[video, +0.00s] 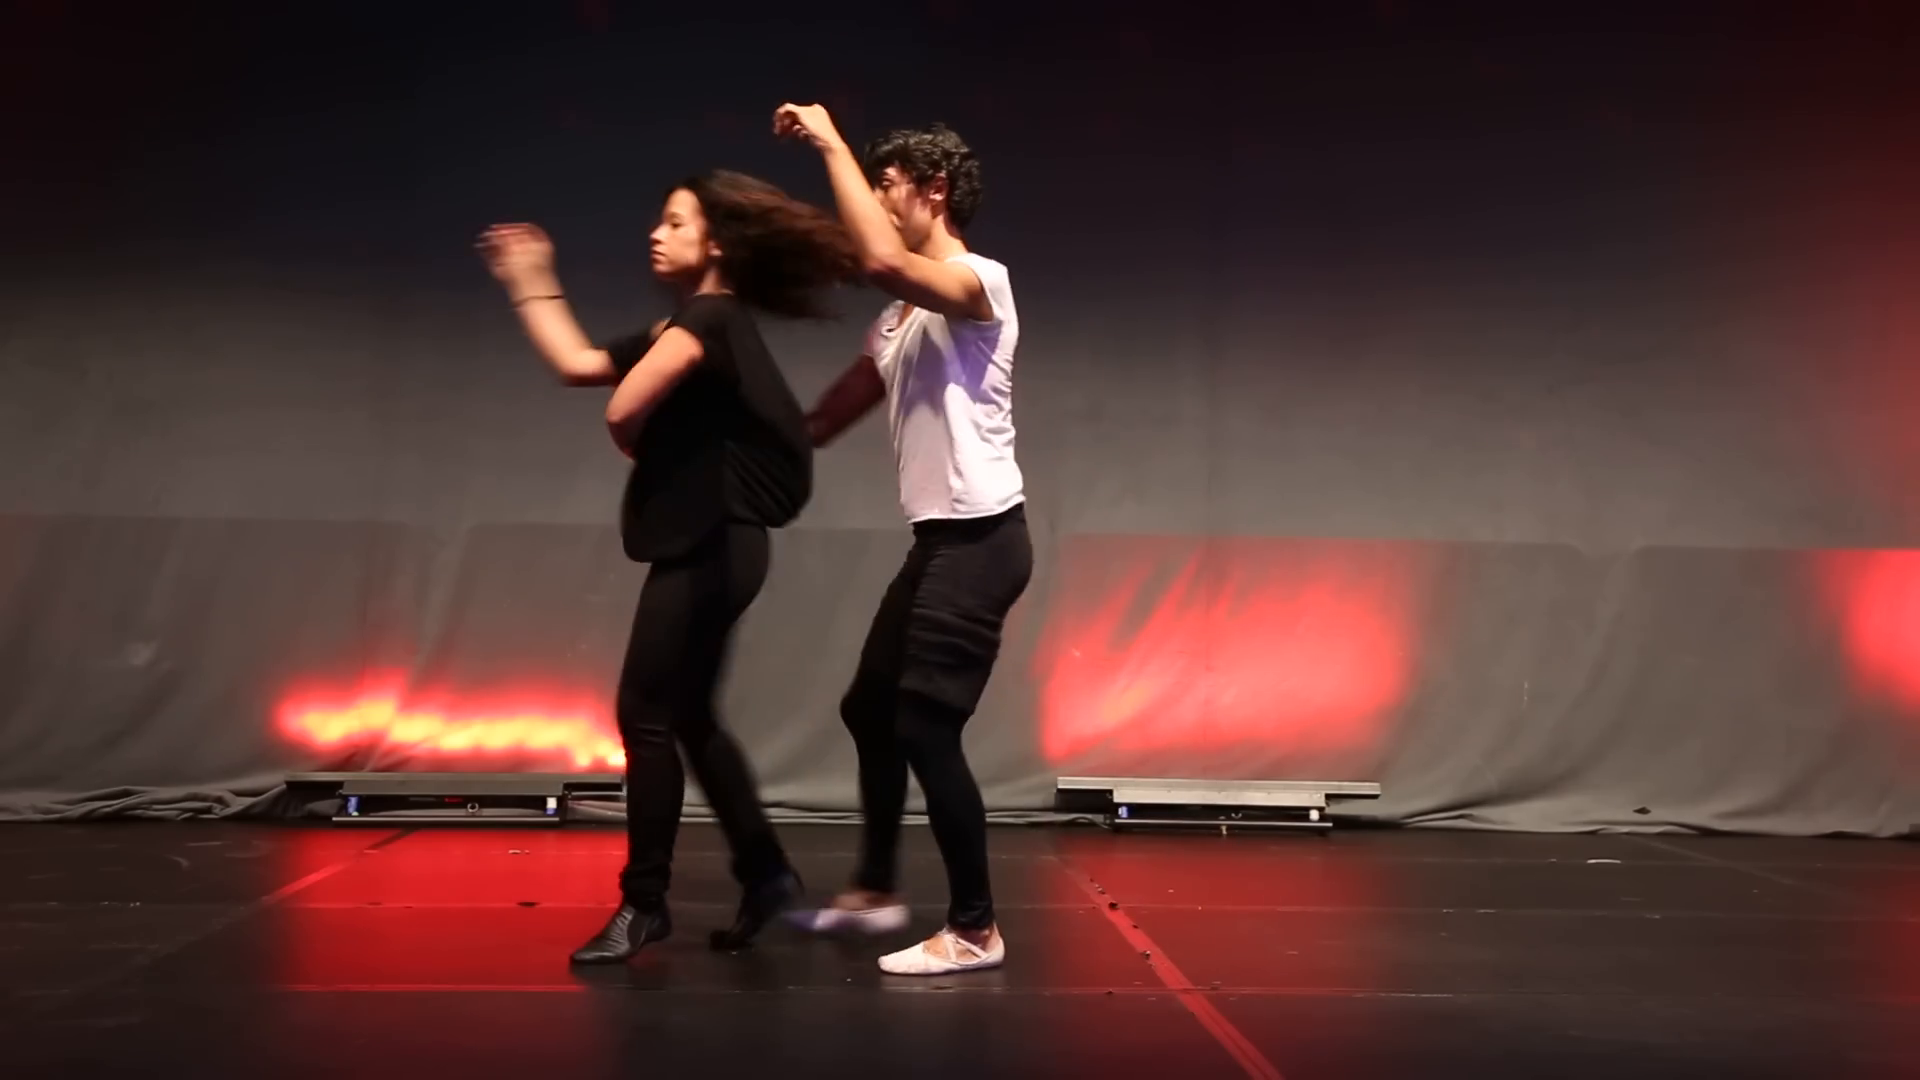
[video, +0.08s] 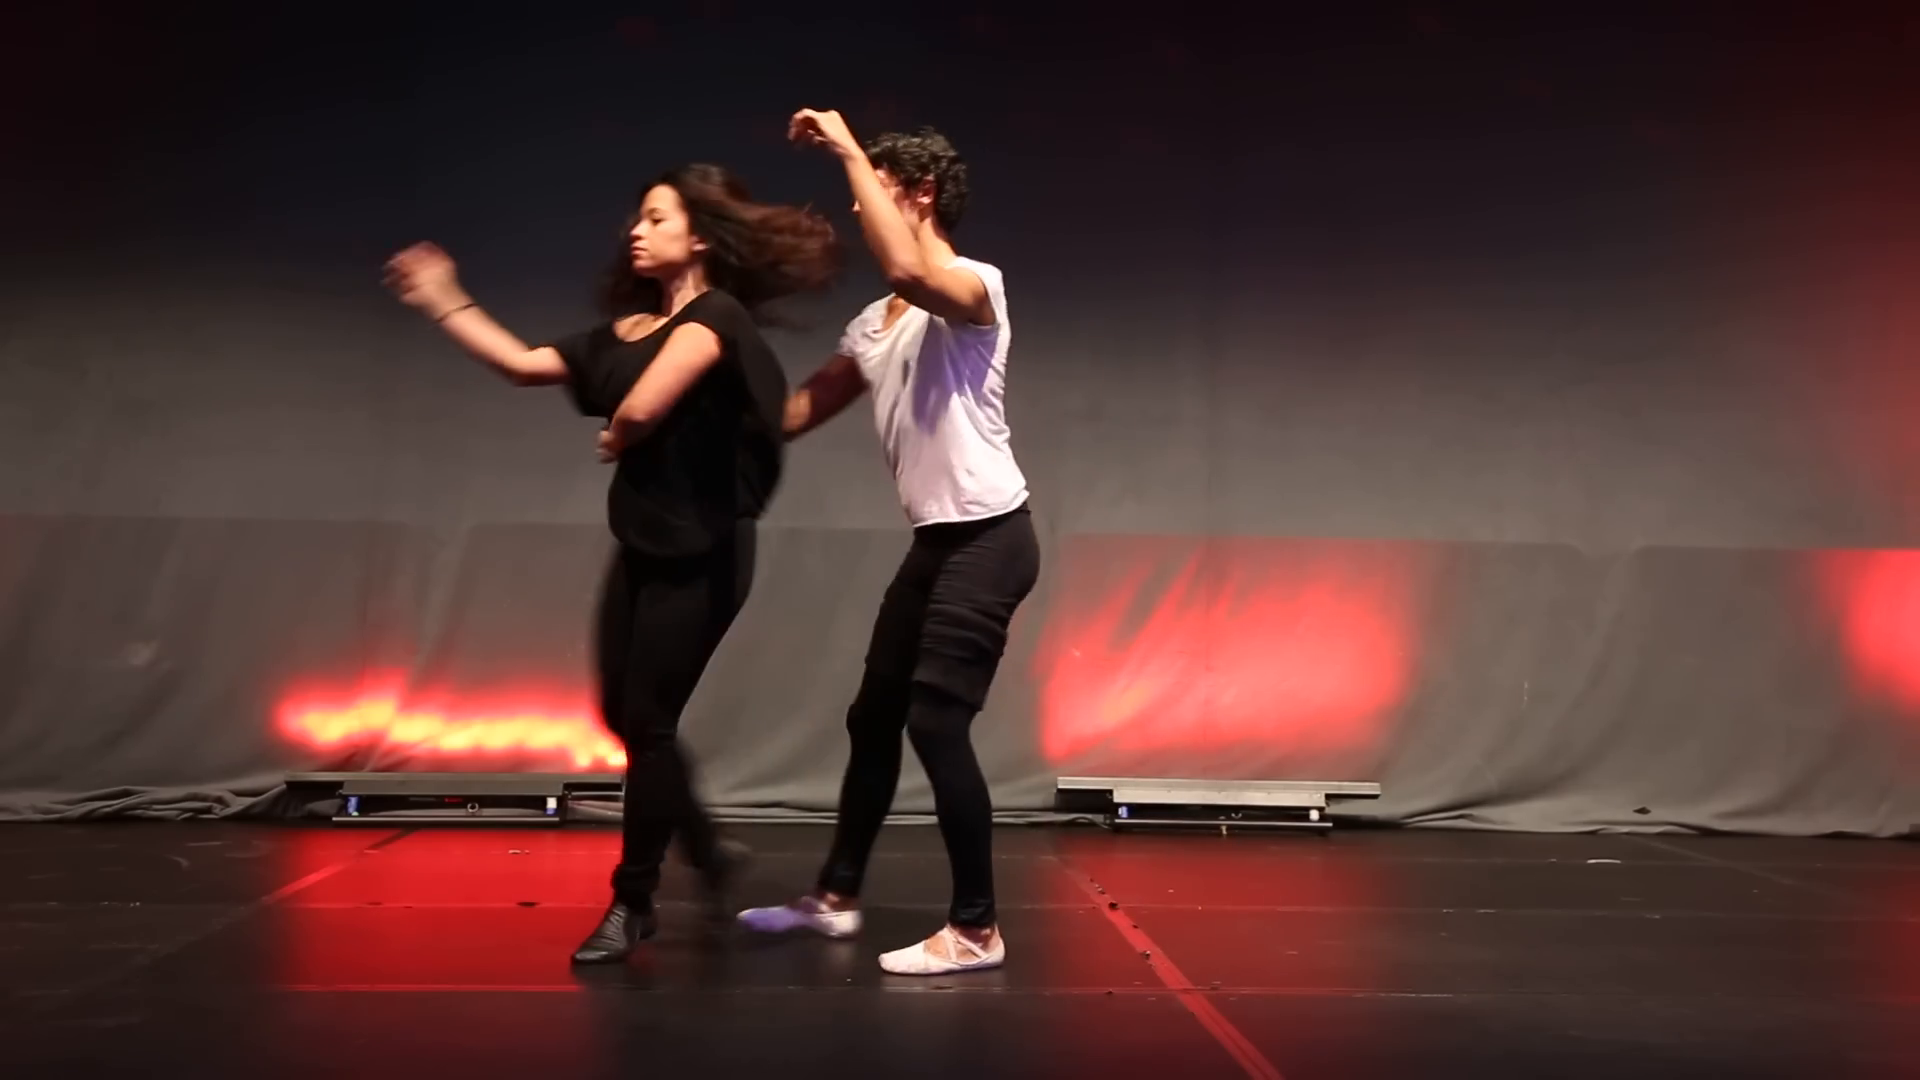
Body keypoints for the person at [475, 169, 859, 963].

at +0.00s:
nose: (657, 235)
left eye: (674, 223)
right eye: (660, 222)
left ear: (718, 244)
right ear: (694, 242)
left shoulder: (707, 319)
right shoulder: (686, 324)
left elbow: (625, 410)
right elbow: (579, 361)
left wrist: (632, 438)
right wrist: (530, 279)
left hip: (705, 547)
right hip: (706, 546)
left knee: (646, 715)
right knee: (689, 715)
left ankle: (644, 906)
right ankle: (769, 883)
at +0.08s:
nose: (636, 230)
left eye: (655, 219)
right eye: (639, 219)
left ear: (701, 235)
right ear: (655, 237)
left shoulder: (714, 318)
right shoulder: (628, 330)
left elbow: (641, 409)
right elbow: (526, 362)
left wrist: (618, 438)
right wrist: (445, 299)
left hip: (706, 554)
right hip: (643, 549)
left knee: (649, 718)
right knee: (625, 711)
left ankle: (632, 905)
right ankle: (714, 862)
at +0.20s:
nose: (612, 236)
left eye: (631, 222)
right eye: (613, 223)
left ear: (679, 236)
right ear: (621, 241)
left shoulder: (714, 331)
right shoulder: (595, 342)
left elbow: (681, 418)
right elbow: (496, 389)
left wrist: (604, 449)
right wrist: (384, 354)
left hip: (687, 566)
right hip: (604, 551)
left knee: (638, 730)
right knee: (555, 713)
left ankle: (605, 901)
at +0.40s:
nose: (588, 250)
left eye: (604, 235)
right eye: (585, 238)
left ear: (652, 242)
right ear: (586, 252)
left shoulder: (707, 340)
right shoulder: (566, 346)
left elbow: (709, 434)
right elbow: (526, 443)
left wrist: (602, 463)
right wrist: (461, 429)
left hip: (674, 575)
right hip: (580, 559)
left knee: (612, 739)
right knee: (528, 717)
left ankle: (555, 899)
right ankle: (520, 894)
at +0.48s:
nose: (586, 254)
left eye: (603, 239)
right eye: (582, 243)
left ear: (649, 246)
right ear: (578, 256)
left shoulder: (703, 343)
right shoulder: (562, 344)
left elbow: (715, 433)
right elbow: (535, 463)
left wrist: (602, 466)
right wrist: (515, 425)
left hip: (676, 579)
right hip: (581, 567)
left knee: (614, 741)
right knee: (548, 722)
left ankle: (548, 896)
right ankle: (570, 892)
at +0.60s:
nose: (592, 263)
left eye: (609, 248)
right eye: (586, 251)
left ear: (656, 253)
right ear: (584, 264)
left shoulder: (707, 341)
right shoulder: (570, 347)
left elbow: (729, 437)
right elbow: (536, 455)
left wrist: (618, 473)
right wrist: (598, 400)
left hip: (696, 579)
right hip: (599, 572)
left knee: (636, 756)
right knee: (608, 748)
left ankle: (541, 891)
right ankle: (676, 916)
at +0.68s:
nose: (603, 269)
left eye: (620, 254)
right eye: (597, 257)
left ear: (668, 260)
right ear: (593, 270)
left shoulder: (719, 351)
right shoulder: (579, 354)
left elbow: (740, 444)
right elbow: (552, 454)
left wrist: (624, 480)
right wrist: (646, 384)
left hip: (714, 583)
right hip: (618, 581)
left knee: (708, 766)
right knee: (640, 760)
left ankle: (582, 867)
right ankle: (674, 931)